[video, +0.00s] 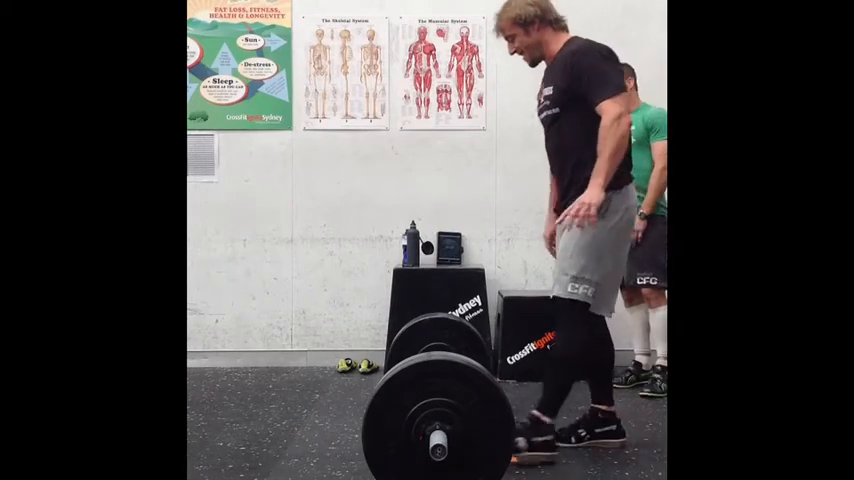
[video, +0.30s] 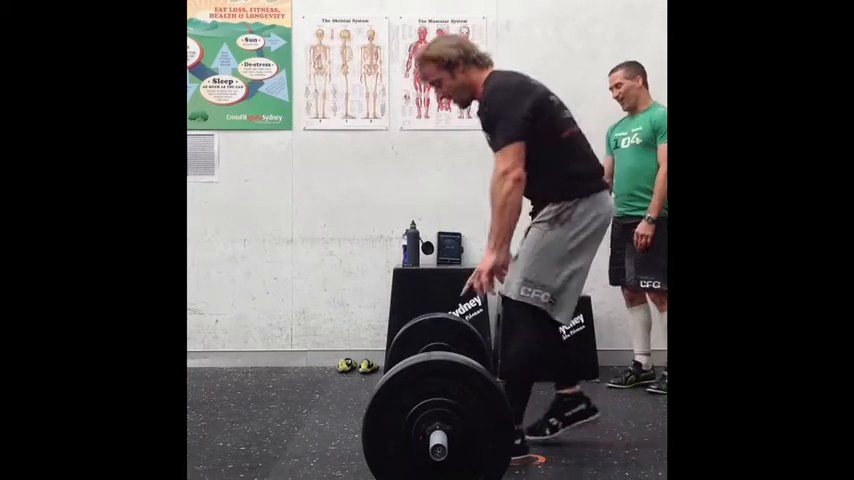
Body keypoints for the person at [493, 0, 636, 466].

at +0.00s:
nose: (511, 49)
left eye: (512, 39)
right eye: (508, 42)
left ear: (534, 25)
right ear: (533, 28)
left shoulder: (586, 55)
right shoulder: (550, 77)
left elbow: (618, 117)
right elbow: (560, 154)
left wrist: (596, 188)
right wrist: (552, 213)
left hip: (601, 200)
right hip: (578, 204)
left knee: (570, 307)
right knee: (586, 313)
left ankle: (541, 423)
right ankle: (603, 414)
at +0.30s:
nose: (439, 95)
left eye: (437, 84)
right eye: (433, 87)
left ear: (456, 66)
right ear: (459, 67)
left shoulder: (501, 92)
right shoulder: (498, 95)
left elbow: (510, 175)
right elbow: (509, 177)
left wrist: (494, 250)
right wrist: (500, 250)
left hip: (573, 205)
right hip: (567, 203)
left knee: (523, 301)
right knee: (538, 298)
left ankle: (507, 429)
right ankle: (570, 397)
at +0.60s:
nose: (398, 211)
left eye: (395, 202)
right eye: (392, 206)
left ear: (409, 182)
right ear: (411, 177)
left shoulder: (453, 184)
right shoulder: (450, 179)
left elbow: (460, 277)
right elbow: (457, 273)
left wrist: (445, 349)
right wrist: (447, 346)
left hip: (570, 207)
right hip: (556, 209)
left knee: (516, 309)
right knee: (512, 307)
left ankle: (511, 436)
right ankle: (507, 431)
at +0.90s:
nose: (394, 254)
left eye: (388, 246)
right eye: (387, 249)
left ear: (399, 227)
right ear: (401, 220)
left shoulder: (439, 218)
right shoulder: (432, 214)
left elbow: (447, 305)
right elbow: (446, 298)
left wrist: (436, 378)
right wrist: (438, 371)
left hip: (563, 208)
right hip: (542, 211)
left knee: (511, 311)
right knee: (500, 308)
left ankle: (504, 433)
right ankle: (495, 426)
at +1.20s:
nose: (394, 259)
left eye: (387, 250)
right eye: (386, 254)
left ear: (397, 228)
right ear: (399, 223)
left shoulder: (435, 219)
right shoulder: (434, 214)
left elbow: (444, 305)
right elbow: (447, 297)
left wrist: (430, 379)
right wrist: (435, 368)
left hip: (556, 204)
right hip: (558, 200)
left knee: (502, 308)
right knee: (503, 307)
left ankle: (504, 433)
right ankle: (502, 428)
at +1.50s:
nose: (396, 258)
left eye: (390, 250)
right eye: (389, 254)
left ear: (399, 224)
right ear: (399, 221)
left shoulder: (435, 220)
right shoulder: (436, 214)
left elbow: (445, 305)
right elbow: (448, 296)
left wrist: (433, 380)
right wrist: (437, 369)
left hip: (557, 205)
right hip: (561, 201)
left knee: (505, 307)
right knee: (507, 306)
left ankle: (504, 435)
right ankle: (501, 429)